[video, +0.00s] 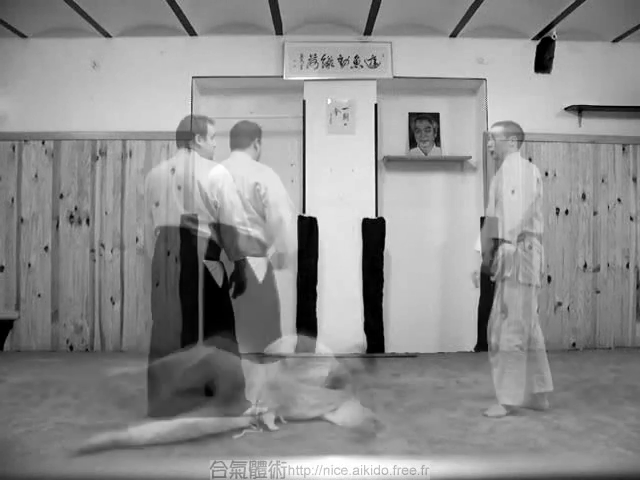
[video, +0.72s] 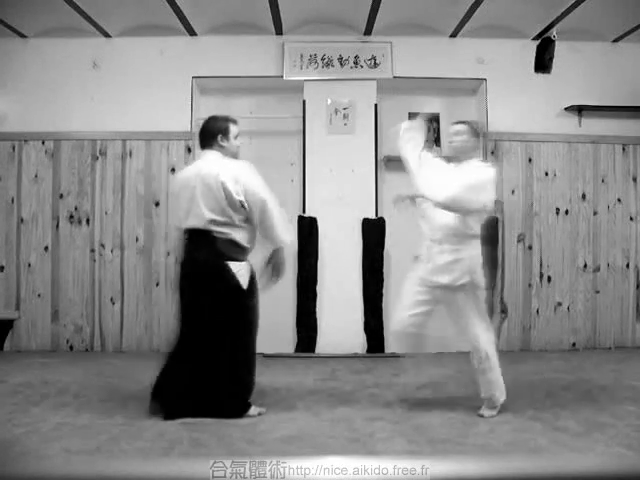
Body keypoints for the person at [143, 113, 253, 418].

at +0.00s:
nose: (214, 144)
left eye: (213, 137)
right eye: (211, 138)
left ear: (182, 139)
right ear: (198, 139)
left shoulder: (157, 173)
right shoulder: (215, 174)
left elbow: (152, 221)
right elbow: (227, 227)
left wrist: (157, 260)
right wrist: (240, 267)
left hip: (167, 254)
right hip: (205, 254)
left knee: (170, 321)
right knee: (215, 321)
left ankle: (168, 393)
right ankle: (219, 391)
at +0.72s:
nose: (239, 144)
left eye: (238, 137)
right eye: (235, 138)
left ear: (206, 141)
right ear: (221, 140)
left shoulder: (183, 174)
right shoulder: (238, 171)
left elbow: (178, 220)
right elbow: (267, 211)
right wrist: (279, 248)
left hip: (192, 259)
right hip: (229, 262)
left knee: (193, 332)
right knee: (236, 334)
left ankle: (171, 397)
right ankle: (233, 403)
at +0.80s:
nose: (241, 141)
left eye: (240, 135)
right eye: (237, 135)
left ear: (212, 140)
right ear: (221, 139)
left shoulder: (193, 172)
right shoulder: (237, 168)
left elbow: (190, 215)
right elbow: (284, 197)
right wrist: (297, 214)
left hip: (198, 257)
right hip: (231, 259)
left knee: (202, 330)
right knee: (242, 332)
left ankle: (189, 395)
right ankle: (234, 404)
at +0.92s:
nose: (242, 139)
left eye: (239, 133)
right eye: (235, 134)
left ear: (213, 140)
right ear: (217, 140)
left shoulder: (202, 168)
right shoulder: (231, 164)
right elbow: (274, 175)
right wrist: (296, 172)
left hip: (204, 252)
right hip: (232, 255)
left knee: (209, 328)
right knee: (245, 329)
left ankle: (201, 401)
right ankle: (234, 403)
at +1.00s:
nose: (238, 139)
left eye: (237, 134)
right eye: (231, 135)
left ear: (234, 138)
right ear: (213, 141)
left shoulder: (230, 166)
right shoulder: (214, 163)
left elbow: (262, 192)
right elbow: (259, 164)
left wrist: (292, 167)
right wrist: (289, 152)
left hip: (238, 254)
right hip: (225, 255)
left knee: (231, 327)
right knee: (240, 328)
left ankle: (227, 399)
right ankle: (233, 402)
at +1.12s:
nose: (232, 139)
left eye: (235, 135)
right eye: (225, 135)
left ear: (240, 138)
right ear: (212, 141)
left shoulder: (253, 167)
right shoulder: (207, 164)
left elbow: (287, 161)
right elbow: (241, 163)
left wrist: (286, 138)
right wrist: (268, 157)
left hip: (247, 256)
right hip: (218, 255)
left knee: (253, 325)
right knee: (226, 328)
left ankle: (248, 394)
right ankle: (228, 398)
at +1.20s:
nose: (230, 145)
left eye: (233, 139)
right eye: (224, 139)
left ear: (242, 141)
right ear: (215, 143)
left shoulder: (257, 169)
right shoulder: (207, 169)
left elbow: (282, 160)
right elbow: (196, 184)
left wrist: (259, 140)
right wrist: (220, 160)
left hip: (251, 256)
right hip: (219, 255)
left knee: (246, 326)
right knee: (214, 324)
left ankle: (245, 392)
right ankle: (214, 391)